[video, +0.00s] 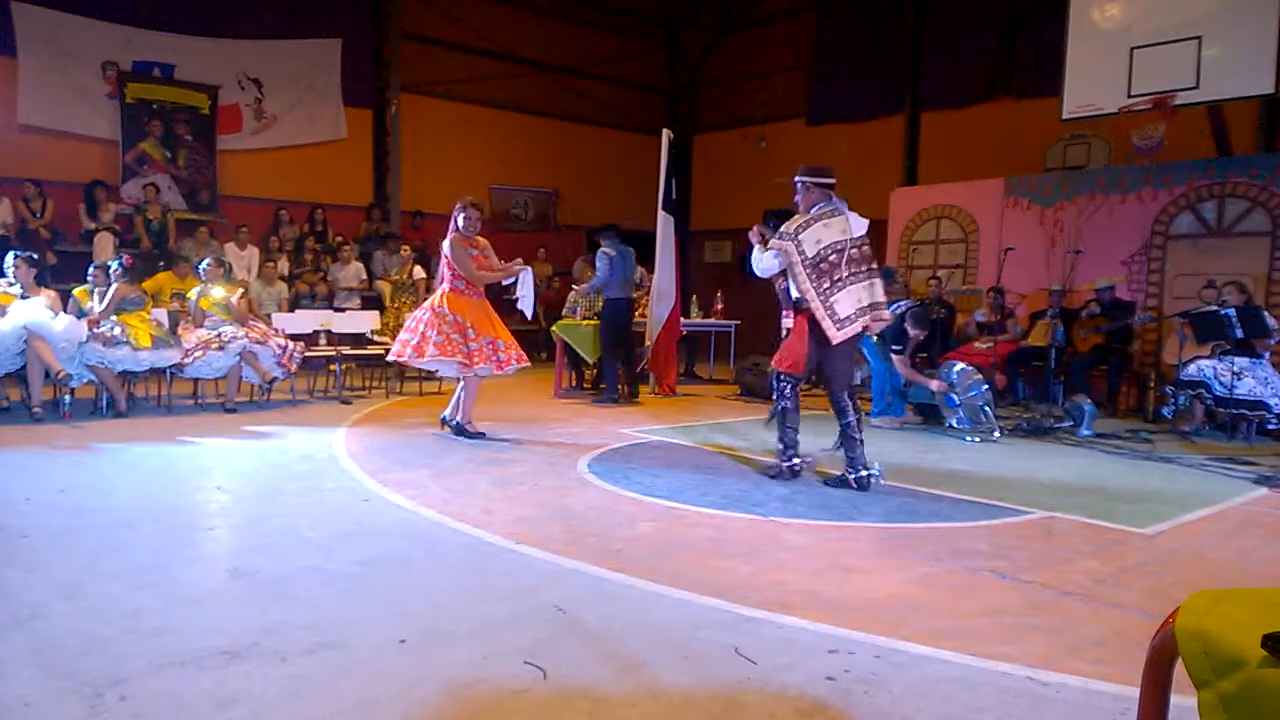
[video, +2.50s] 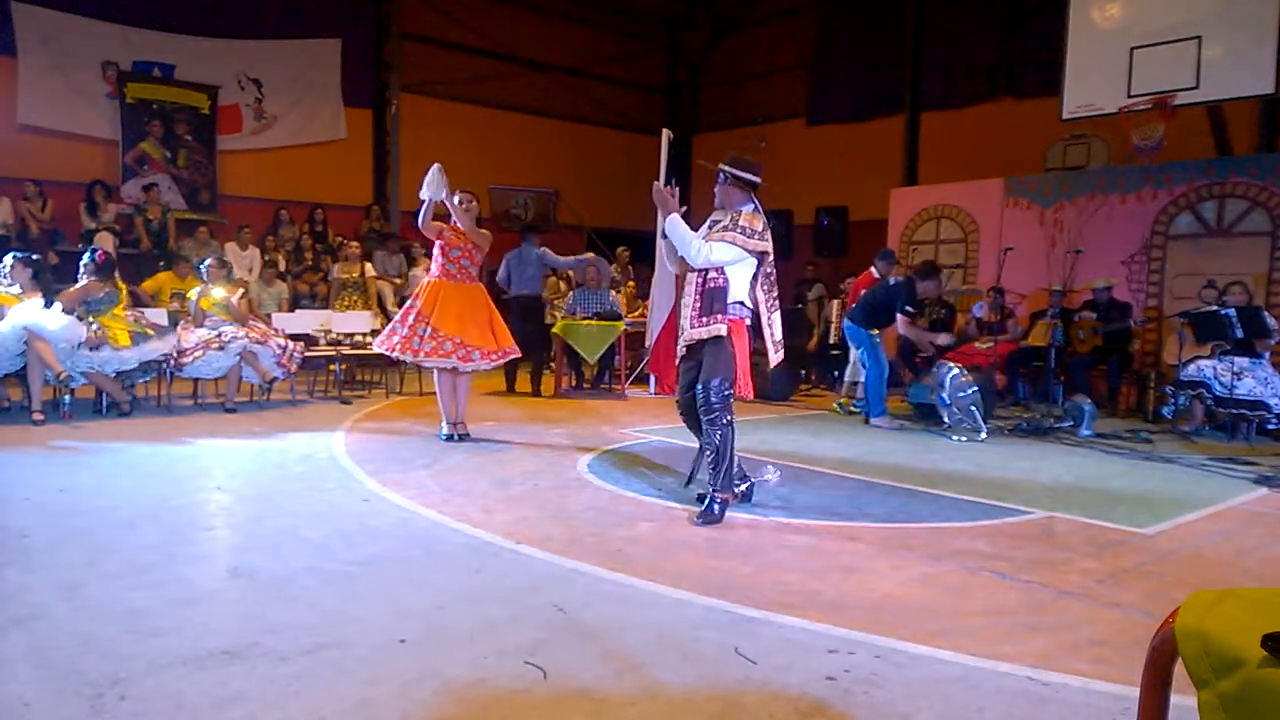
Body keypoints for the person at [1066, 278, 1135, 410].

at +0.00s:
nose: (1099, 296)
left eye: (1103, 292)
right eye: (1097, 292)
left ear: (1111, 291)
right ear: (1095, 293)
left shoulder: (1124, 306)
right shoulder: (1092, 305)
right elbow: (1075, 316)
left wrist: (1101, 311)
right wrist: (1059, 311)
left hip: (1118, 348)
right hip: (1098, 347)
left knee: (1115, 366)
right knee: (1078, 362)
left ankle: (1111, 403)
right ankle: (1082, 400)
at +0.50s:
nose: (1093, 296)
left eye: (1096, 293)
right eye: (1091, 293)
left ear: (1105, 292)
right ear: (1090, 293)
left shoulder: (1120, 306)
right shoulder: (1087, 306)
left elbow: (1116, 318)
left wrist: (1093, 315)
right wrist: (1077, 315)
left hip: (1116, 349)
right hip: (1096, 348)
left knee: (1113, 366)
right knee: (1078, 363)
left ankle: (1111, 404)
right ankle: (1083, 400)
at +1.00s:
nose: (1095, 296)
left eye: (1098, 292)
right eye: (1093, 292)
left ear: (1106, 292)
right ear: (1091, 293)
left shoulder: (1121, 306)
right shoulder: (1087, 306)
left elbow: (1117, 319)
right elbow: (1069, 316)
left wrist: (1094, 316)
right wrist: (1077, 315)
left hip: (1116, 349)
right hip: (1096, 348)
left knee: (1114, 366)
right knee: (1078, 363)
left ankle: (1111, 404)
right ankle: (1084, 400)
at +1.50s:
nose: (1096, 295)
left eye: (1099, 292)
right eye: (1094, 292)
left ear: (1107, 292)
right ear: (1092, 293)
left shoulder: (1121, 307)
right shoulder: (1088, 306)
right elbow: (1069, 317)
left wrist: (1095, 316)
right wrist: (1079, 315)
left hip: (1117, 349)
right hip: (1096, 348)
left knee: (1114, 366)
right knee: (1077, 363)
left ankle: (1111, 404)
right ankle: (1083, 399)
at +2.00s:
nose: (1097, 295)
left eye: (1101, 292)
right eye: (1095, 292)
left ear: (1108, 292)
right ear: (1093, 293)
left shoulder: (1122, 307)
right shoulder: (1089, 306)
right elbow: (1070, 317)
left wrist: (1097, 317)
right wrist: (1079, 316)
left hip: (1117, 349)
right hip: (1097, 348)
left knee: (1114, 366)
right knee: (1077, 363)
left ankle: (1111, 403)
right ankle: (1084, 399)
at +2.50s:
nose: (1097, 295)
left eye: (1101, 292)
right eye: (1095, 292)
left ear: (1108, 292)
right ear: (1093, 293)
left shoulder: (1122, 307)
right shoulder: (1089, 306)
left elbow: (1119, 320)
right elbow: (1070, 316)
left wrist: (1097, 317)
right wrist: (1078, 316)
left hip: (1118, 349)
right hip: (1097, 348)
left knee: (1114, 365)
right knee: (1077, 363)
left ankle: (1112, 403)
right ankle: (1084, 399)